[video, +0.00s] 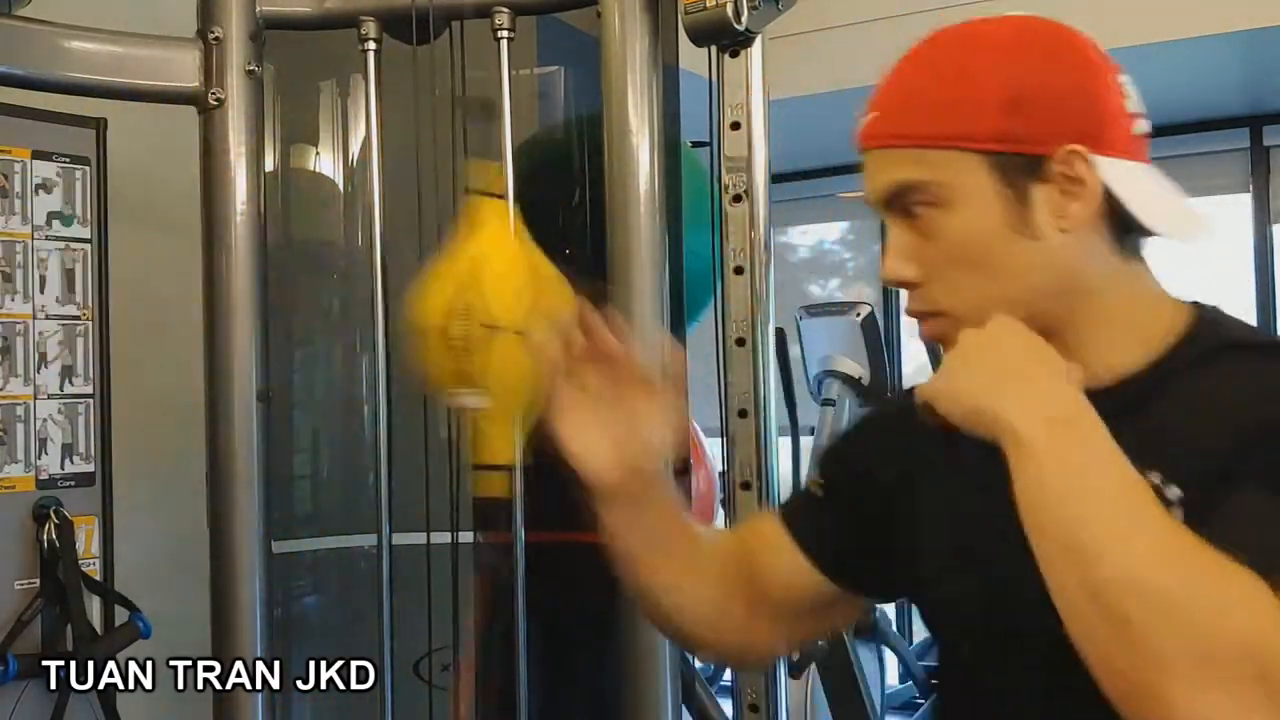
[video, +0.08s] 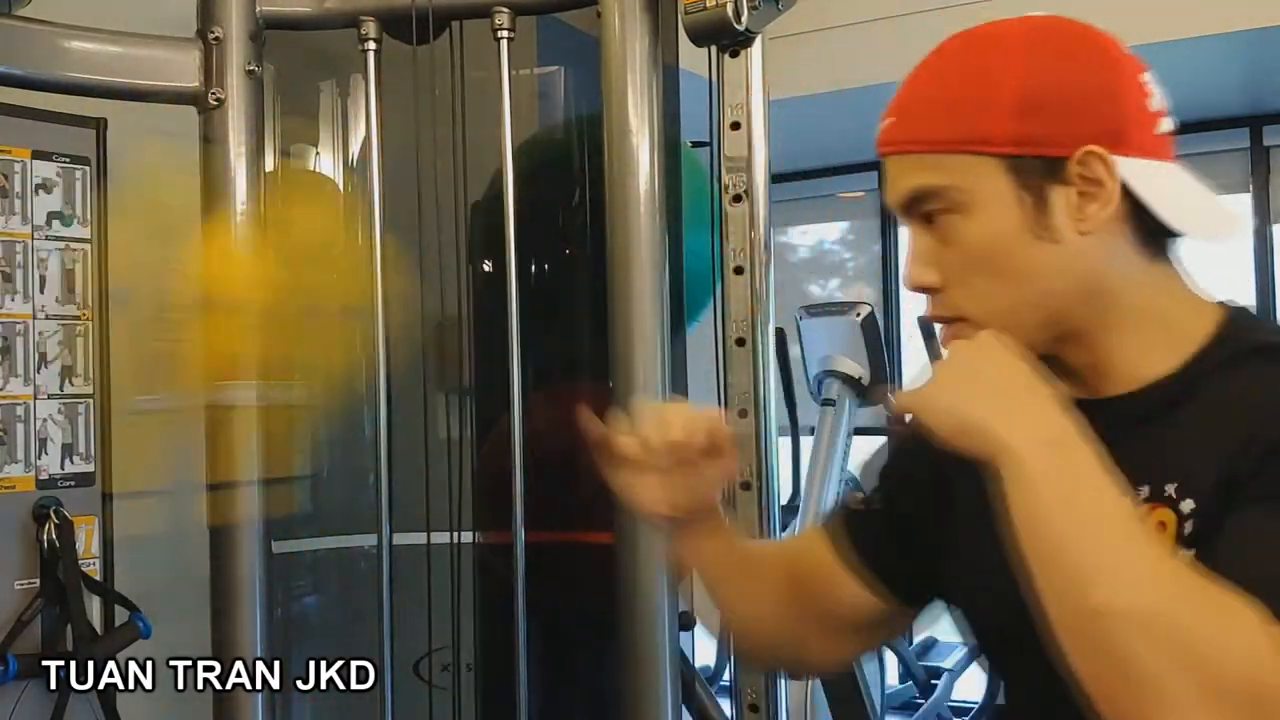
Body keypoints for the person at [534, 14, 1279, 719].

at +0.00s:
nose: (890, 270)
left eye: (915, 210)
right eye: (884, 224)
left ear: (1068, 191)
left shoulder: (1256, 399)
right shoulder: (924, 437)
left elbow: (1229, 693)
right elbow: (747, 610)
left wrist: (1043, 413)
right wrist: (633, 488)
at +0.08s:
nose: (913, 277)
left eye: (936, 216)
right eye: (906, 230)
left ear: (1086, 193)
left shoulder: (1263, 396)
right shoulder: (973, 427)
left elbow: (1214, 702)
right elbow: (806, 622)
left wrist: (1037, 436)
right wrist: (695, 523)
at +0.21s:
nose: (919, 277)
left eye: (932, 216)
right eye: (912, 230)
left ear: (1073, 188)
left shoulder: (1262, 392)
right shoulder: (1029, 423)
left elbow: (1166, 698)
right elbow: (875, 590)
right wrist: (770, 470)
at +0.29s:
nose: (904, 273)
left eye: (909, 216)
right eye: (897, 226)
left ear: (1038, 188)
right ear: (1039, 190)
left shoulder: (1250, 405)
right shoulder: (1023, 426)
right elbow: (883, 599)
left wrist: (872, 368)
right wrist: (813, 414)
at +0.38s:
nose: (880, 268)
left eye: (884, 218)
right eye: (875, 225)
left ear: (1000, 193)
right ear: (1003, 195)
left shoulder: (1197, 424)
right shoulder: (1030, 426)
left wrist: (837, 359)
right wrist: (840, 366)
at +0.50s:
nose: (846, 266)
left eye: (850, 220)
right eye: (842, 227)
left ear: (953, 197)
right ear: (955, 199)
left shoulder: (1083, 400)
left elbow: (797, 647)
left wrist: (790, 354)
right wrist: (858, 381)